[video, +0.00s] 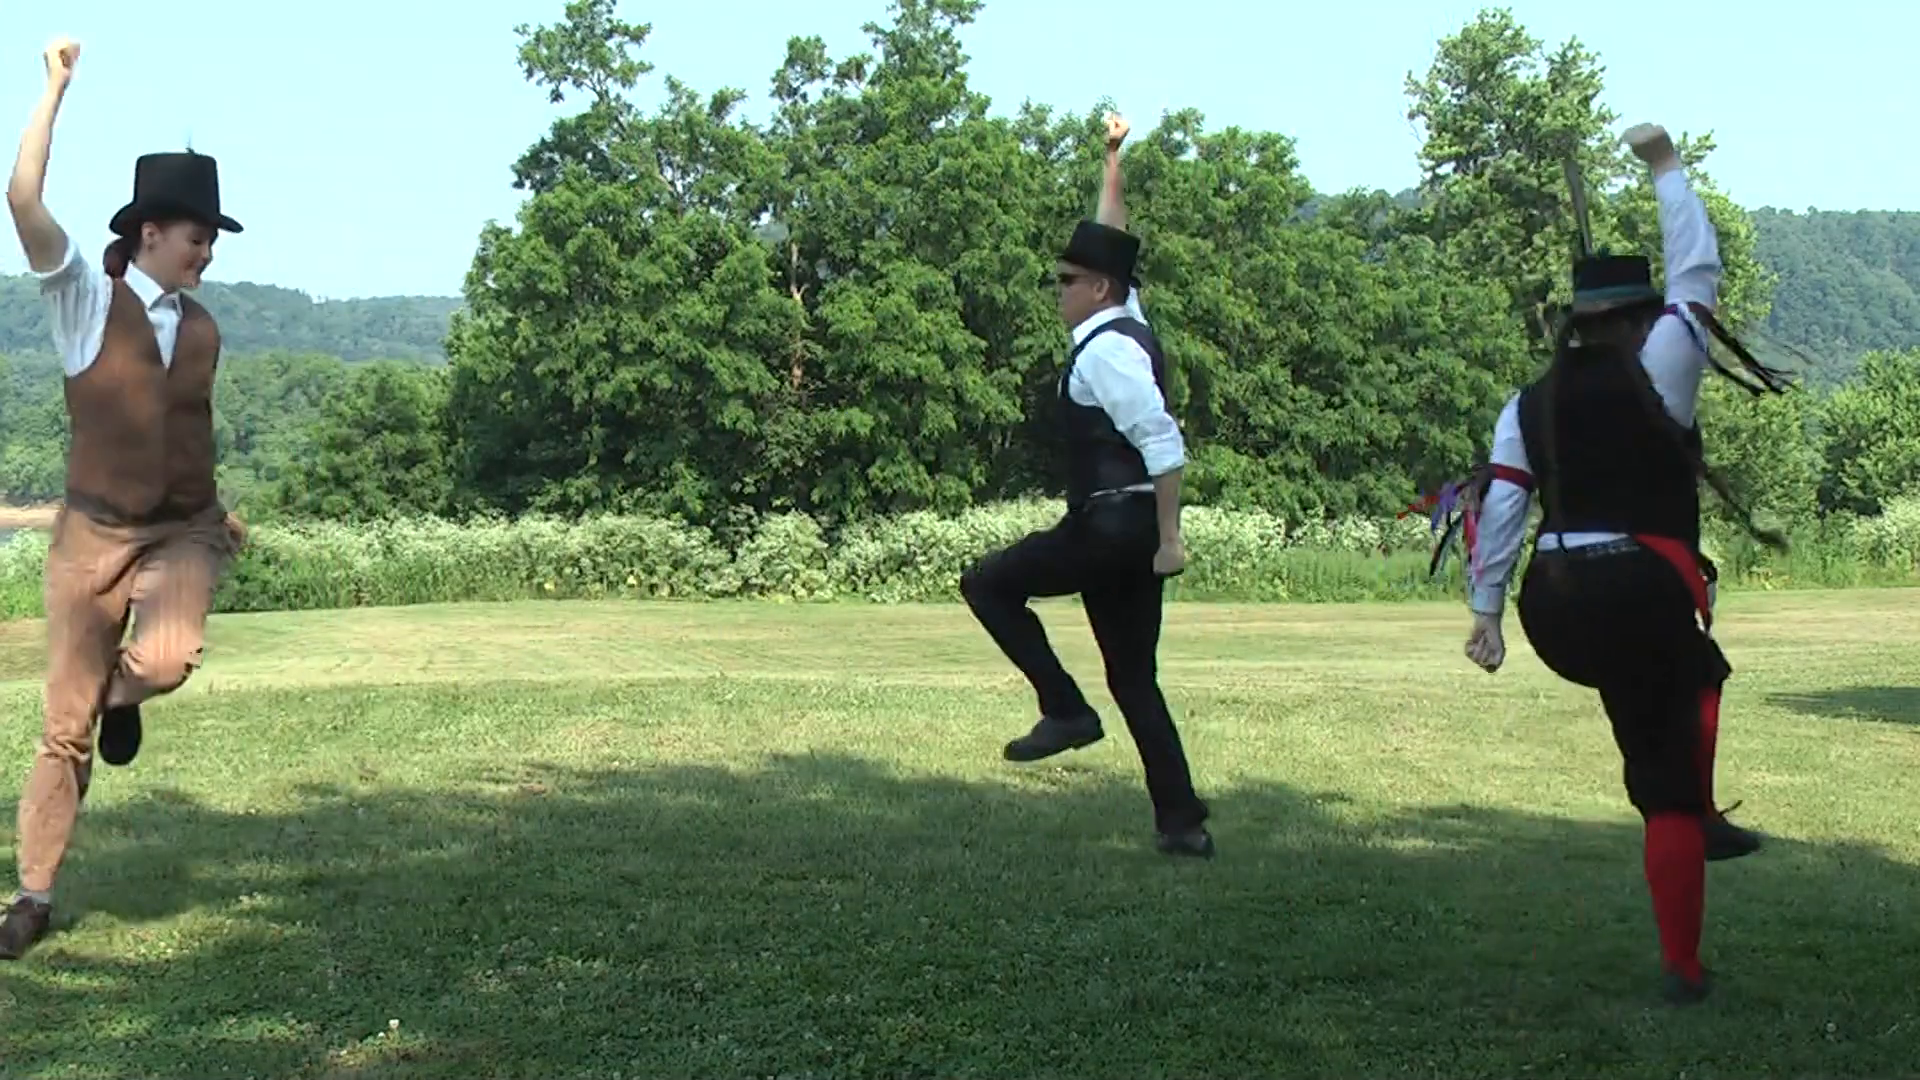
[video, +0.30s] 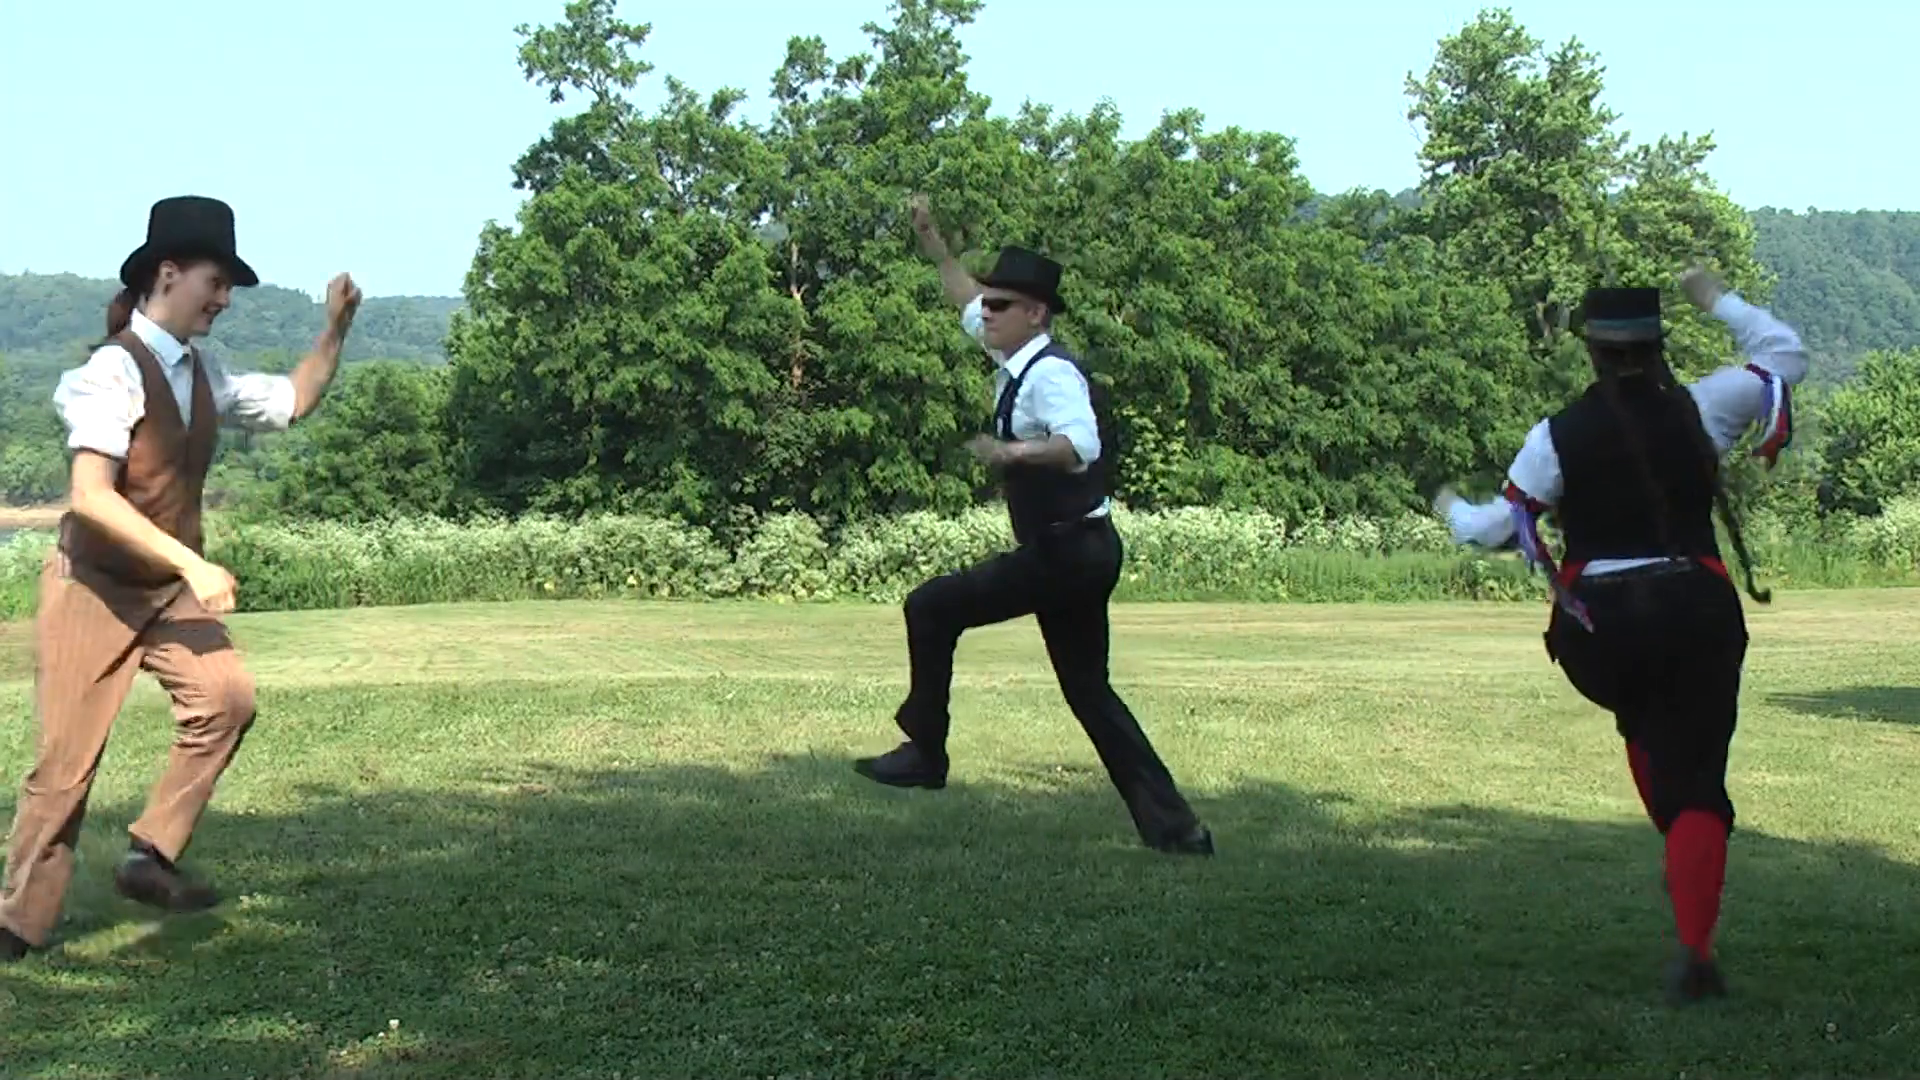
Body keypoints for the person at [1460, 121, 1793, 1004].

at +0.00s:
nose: (1649, 319)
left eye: (1627, 310)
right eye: (1643, 307)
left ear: (1576, 321)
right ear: (1639, 318)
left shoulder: (1528, 404)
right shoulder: (1665, 358)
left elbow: (1501, 507)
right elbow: (1695, 266)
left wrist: (1485, 608)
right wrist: (1666, 166)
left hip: (1553, 597)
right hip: (1645, 591)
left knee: (1694, 665)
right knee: (1675, 787)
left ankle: (1697, 815)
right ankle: (1682, 969)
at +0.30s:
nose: (1610, 353)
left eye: (1600, 344)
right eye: (1633, 344)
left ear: (1593, 353)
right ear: (1660, 348)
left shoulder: (1560, 435)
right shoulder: (1706, 408)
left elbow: (1498, 528)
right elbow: (1783, 356)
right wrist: (1723, 301)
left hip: (1602, 622)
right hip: (1701, 610)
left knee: (1642, 722)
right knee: (1700, 775)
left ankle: (1686, 851)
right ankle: (1694, 951)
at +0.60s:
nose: (1547, 391)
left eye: (1549, 381)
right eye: (1559, 378)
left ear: (1551, 389)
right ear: (1613, 382)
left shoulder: (1532, 443)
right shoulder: (1661, 444)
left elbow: (1486, 361)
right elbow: (1699, 526)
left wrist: (1473, 263)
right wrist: (1717, 618)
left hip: (1580, 634)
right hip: (1667, 624)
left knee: (1614, 784)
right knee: (1662, 750)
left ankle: (1667, 940)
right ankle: (1694, 888)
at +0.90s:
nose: (1478, 346)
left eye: (1484, 337)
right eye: (1485, 335)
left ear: (1499, 343)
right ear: (1552, 344)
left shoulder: (1478, 382)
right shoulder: (1591, 405)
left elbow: (1450, 294)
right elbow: (1643, 492)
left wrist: (1453, 212)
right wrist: (1674, 575)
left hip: (1521, 592)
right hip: (1603, 579)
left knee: (1544, 749)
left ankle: (1566, 900)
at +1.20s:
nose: (1400, 381)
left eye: (1406, 371)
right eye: (1406, 370)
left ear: (1422, 379)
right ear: (1467, 381)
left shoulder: (1414, 426)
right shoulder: (1498, 445)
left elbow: (1379, 336)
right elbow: (1538, 523)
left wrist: (1365, 259)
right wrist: (1552, 601)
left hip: (1451, 612)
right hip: (1506, 604)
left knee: (1482, 776)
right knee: (1375, 689)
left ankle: (1557, 908)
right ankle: (1382, 829)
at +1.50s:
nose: (1304, 383)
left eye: (1315, 374)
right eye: (1311, 374)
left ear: (1330, 382)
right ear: (1363, 387)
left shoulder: (1330, 433)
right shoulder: (1364, 450)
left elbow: (1314, 349)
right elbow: (1400, 539)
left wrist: (1311, 270)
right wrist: (1418, 627)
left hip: (1341, 618)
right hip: (1377, 615)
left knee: (1238, 733)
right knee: (1297, 751)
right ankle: (1346, 874)